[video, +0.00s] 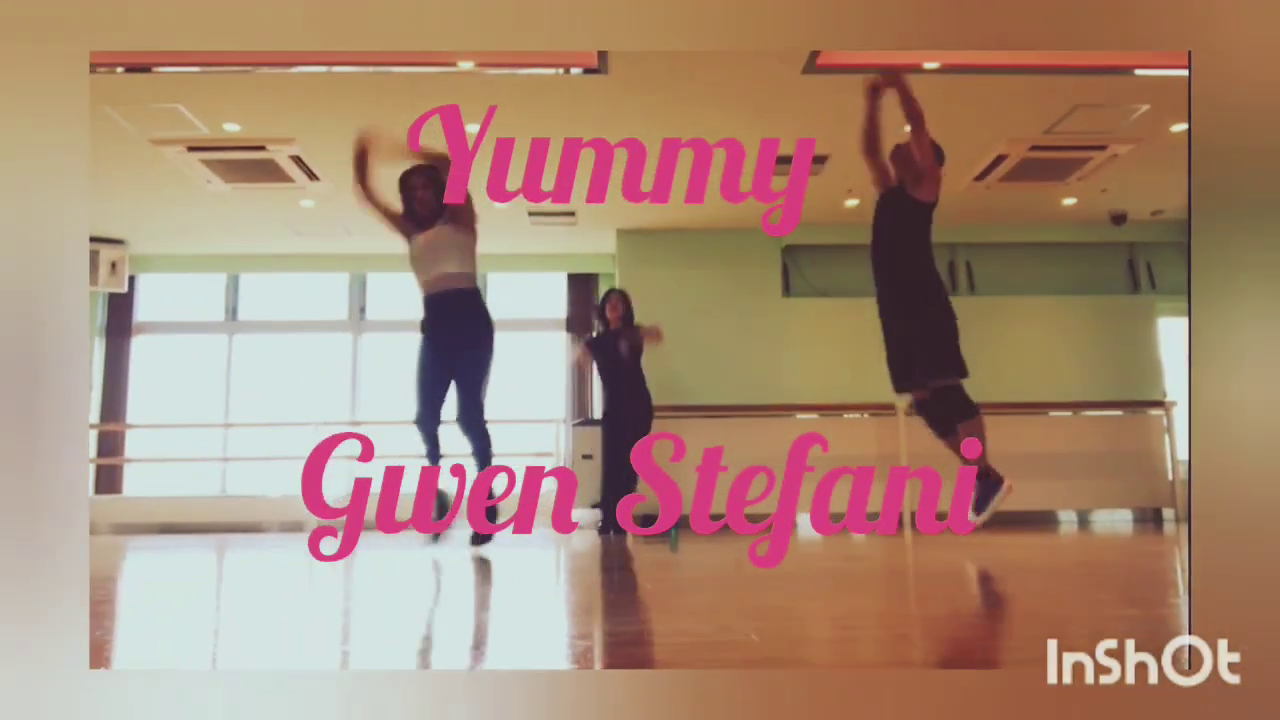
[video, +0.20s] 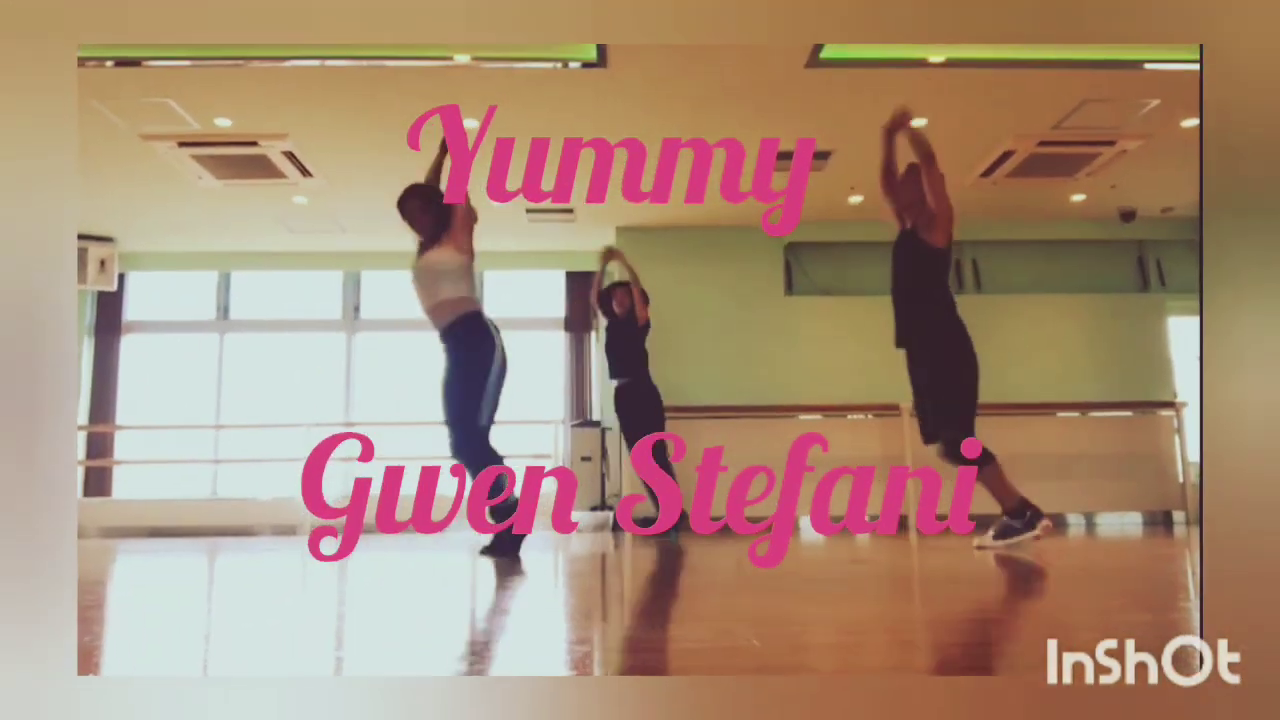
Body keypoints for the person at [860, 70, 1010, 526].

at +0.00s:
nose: (905, 151)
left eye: (914, 147)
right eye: (905, 147)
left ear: (930, 164)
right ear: (901, 158)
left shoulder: (922, 191)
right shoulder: (890, 192)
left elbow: (919, 131)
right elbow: (872, 148)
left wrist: (901, 86)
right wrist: (873, 97)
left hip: (926, 307)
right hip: (899, 311)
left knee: (947, 392)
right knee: (924, 401)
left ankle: (987, 475)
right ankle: (981, 474)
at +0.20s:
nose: (901, 196)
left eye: (907, 188)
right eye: (899, 189)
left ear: (923, 191)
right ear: (899, 196)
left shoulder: (935, 226)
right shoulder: (907, 228)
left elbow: (929, 172)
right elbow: (889, 185)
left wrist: (914, 132)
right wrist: (889, 135)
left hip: (946, 348)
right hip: (924, 351)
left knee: (958, 442)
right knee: (950, 443)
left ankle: (1021, 512)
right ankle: (1017, 510)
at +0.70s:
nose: (888, 186)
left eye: (901, 186)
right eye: (897, 183)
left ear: (911, 209)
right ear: (899, 206)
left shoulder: (907, 241)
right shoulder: (882, 251)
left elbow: (950, 273)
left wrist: (998, 316)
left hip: (910, 392)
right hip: (881, 392)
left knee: (954, 481)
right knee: (819, 460)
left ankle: (1058, 531)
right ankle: (846, 548)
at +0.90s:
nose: (863, 149)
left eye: (874, 143)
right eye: (861, 143)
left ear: (893, 159)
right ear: (854, 157)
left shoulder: (904, 201)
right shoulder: (838, 219)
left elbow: (945, 228)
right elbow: (805, 264)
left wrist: (970, 243)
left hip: (885, 343)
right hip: (839, 345)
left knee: (906, 445)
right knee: (816, 450)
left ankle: (970, 513)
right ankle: (846, 545)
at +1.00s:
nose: (854, 142)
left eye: (863, 135)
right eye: (848, 135)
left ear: (882, 146)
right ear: (839, 146)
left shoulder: (897, 192)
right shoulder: (827, 210)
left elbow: (957, 211)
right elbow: (779, 244)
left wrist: (1014, 228)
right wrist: (725, 256)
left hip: (879, 330)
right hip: (829, 331)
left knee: (879, 436)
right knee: (821, 441)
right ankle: (818, 549)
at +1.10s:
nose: (849, 155)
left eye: (856, 147)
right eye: (841, 148)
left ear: (871, 155)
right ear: (830, 159)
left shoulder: (892, 205)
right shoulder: (821, 222)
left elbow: (959, 215)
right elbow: (771, 249)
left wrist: (1018, 230)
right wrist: (714, 249)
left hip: (875, 341)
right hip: (824, 342)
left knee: (865, 447)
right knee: (809, 444)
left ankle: (841, 542)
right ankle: (787, 544)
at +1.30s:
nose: (853, 167)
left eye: (859, 157)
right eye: (843, 158)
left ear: (871, 164)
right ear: (830, 166)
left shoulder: (882, 222)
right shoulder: (817, 221)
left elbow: (922, 260)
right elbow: (750, 232)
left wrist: (956, 293)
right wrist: (703, 199)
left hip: (877, 359)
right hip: (829, 360)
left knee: (920, 448)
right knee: (809, 457)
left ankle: (875, 533)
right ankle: (781, 550)